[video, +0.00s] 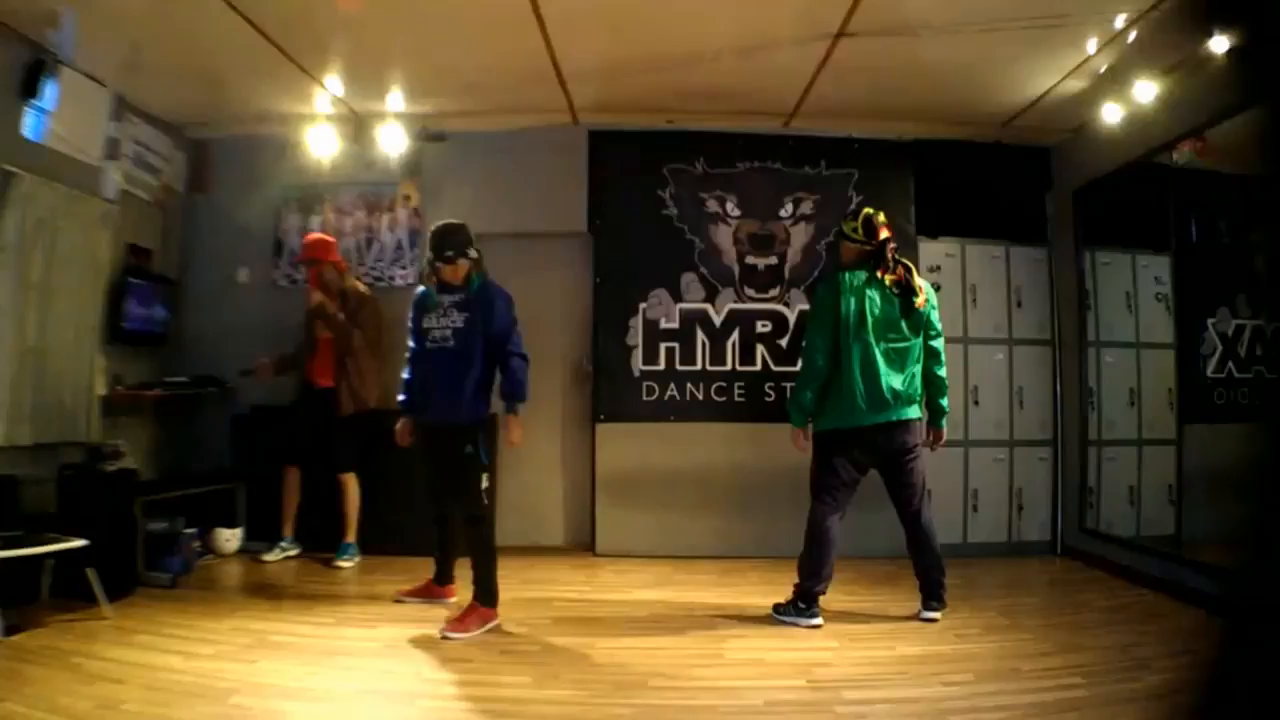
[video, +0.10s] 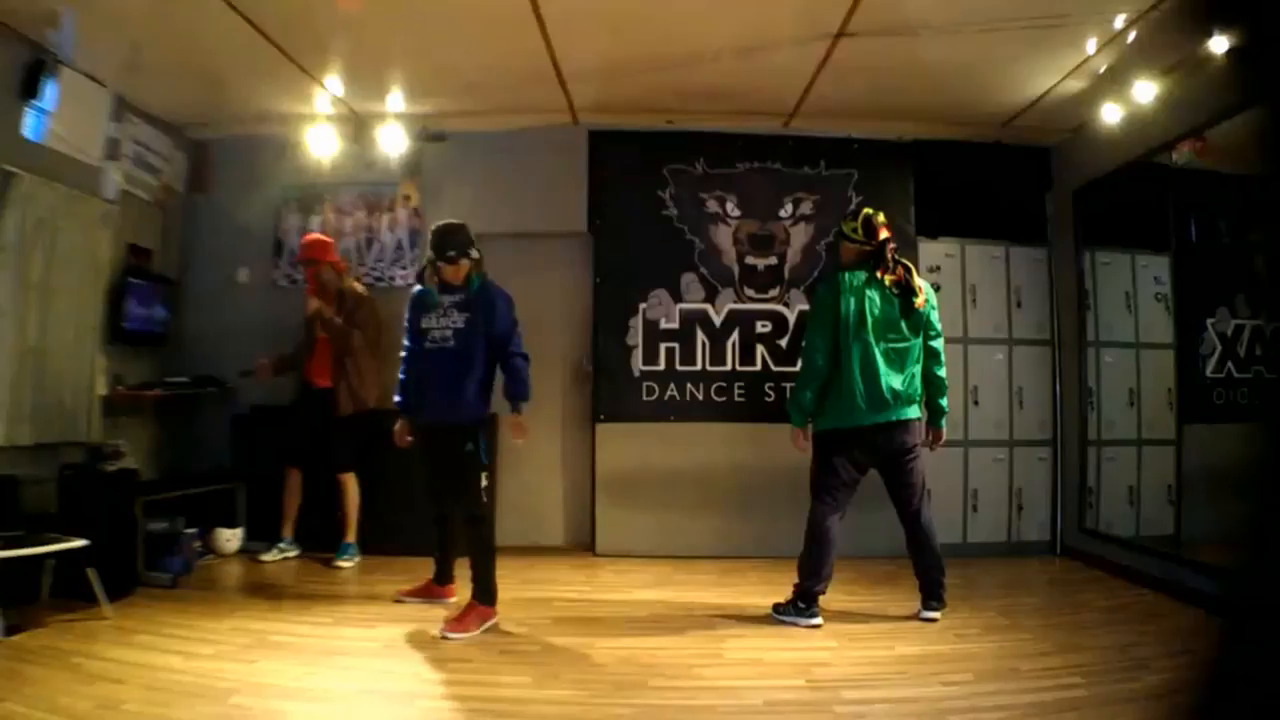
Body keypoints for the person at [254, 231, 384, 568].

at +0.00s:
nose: (311, 275)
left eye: (315, 267)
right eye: (308, 267)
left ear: (334, 264)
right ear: (308, 269)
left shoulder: (362, 299)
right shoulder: (317, 301)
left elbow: (360, 344)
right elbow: (309, 352)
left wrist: (327, 310)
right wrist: (277, 365)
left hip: (345, 394)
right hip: (312, 391)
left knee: (346, 468)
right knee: (293, 462)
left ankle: (350, 542)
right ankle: (288, 538)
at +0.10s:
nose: (310, 275)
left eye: (316, 267)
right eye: (307, 268)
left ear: (334, 265)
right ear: (305, 269)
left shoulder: (359, 300)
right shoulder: (317, 302)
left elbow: (359, 345)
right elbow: (308, 353)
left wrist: (326, 317)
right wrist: (276, 365)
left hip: (345, 395)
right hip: (311, 392)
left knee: (345, 468)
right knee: (295, 463)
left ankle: (350, 542)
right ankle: (288, 539)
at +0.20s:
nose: (305, 275)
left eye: (310, 267)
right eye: (302, 268)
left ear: (327, 265)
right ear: (302, 270)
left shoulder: (354, 299)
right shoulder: (311, 301)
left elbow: (361, 345)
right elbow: (303, 355)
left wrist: (323, 330)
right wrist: (273, 368)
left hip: (341, 395)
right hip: (308, 392)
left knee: (343, 467)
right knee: (298, 465)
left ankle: (349, 542)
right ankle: (288, 539)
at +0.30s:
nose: (298, 272)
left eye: (302, 264)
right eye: (295, 265)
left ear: (317, 263)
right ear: (296, 267)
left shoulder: (343, 295)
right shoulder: (305, 301)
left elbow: (352, 348)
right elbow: (303, 353)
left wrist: (314, 358)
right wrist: (273, 370)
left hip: (336, 394)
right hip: (305, 393)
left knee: (336, 467)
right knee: (297, 465)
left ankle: (349, 542)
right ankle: (287, 539)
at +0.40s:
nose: (287, 269)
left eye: (291, 262)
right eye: (285, 263)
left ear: (308, 261)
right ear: (290, 265)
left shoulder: (337, 296)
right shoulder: (298, 301)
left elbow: (345, 351)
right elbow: (297, 355)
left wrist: (318, 379)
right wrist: (271, 372)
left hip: (332, 398)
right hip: (300, 395)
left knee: (331, 468)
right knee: (293, 466)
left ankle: (348, 542)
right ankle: (287, 538)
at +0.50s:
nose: (280, 268)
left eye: (285, 261)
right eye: (277, 262)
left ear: (300, 261)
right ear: (277, 266)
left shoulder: (327, 296)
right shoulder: (288, 300)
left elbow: (335, 349)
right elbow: (290, 355)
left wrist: (319, 392)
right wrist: (268, 374)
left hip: (323, 397)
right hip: (293, 394)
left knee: (322, 469)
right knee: (291, 468)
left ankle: (347, 541)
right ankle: (287, 539)